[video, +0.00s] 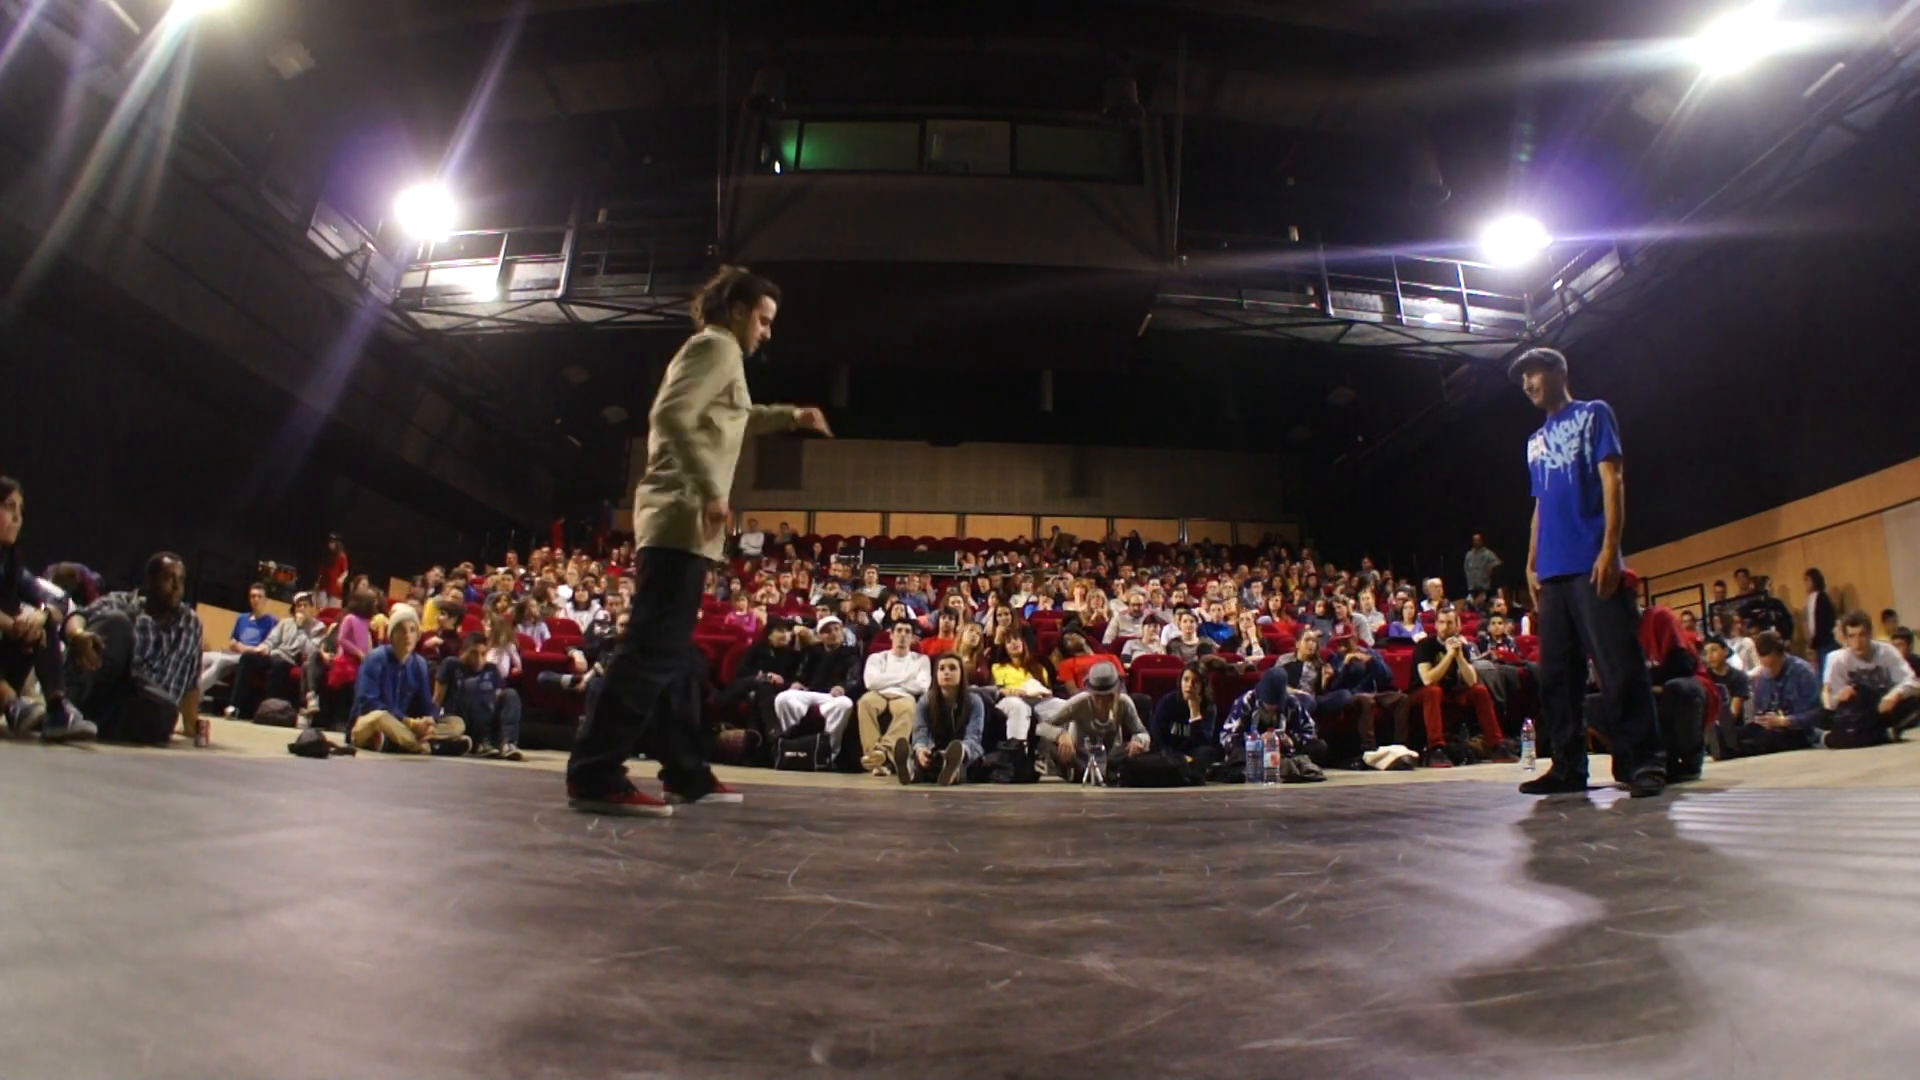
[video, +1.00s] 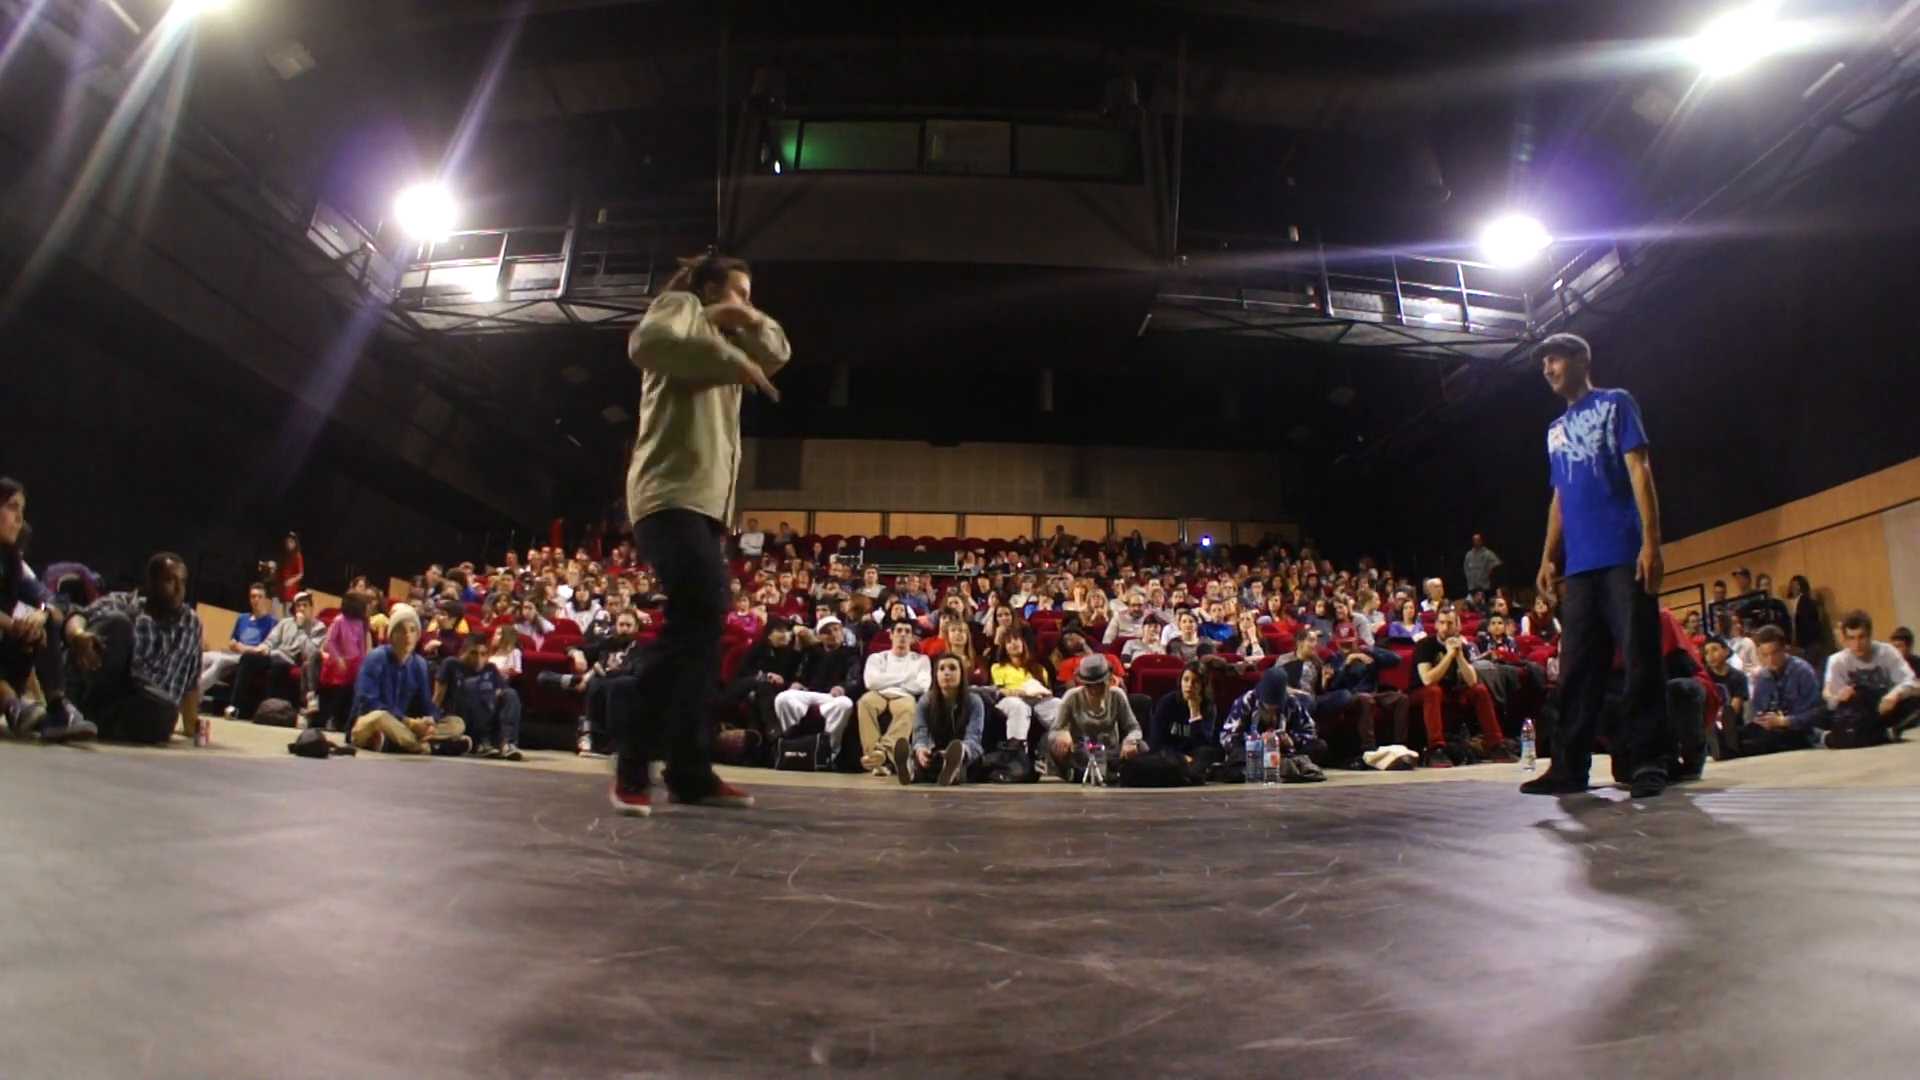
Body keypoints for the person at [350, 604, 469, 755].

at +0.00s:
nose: (407, 636)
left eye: (412, 631)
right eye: (401, 631)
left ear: (418, 635)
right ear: (391, 635)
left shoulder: (420, 664)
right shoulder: (375, 659)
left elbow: (426, 704)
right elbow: (367, 703)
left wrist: (430, 720)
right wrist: (407, 722)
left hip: (411, 724)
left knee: (457, 723)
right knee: (381, 718)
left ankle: (394, 743)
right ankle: (426, 748)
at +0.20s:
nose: (408, 636)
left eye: (412, 630)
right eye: (401, 631)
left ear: (418, 634)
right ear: (391, 635)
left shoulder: (420, 664)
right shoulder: (376, 658)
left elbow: (426, 704)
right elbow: (367, 703)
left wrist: (430, 720)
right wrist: (406, 722)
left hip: (412, 724)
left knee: (457, 724)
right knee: (380, 717)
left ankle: (394, 744)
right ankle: (426, 748)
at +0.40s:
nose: (408, 636)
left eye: (413, 630)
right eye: (402, 631)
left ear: (418, 635)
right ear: (391, 635)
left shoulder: (420, 664)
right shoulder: (375, 659)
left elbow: (426, 703)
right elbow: (367, 703)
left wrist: (430, 720)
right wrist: (406, 722)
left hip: (412, 724)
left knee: (457, 724)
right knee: (380, 717)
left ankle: (394, 744)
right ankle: (426, 748)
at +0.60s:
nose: (408, 636)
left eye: (413, 630)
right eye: (401, 631)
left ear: (418, 635)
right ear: (391, 635)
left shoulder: (420, 664)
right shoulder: (375, 659)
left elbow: (426, 704)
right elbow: (367, 703)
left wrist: (430, 720)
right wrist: (406, 722)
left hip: (411, 725)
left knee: (457, 723)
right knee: (380, 717)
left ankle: (395, 744)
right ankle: (426, 748)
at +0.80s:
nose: (408, 637)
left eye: (412, 631)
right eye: (401, 631)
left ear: (418, 635)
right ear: (391, 635)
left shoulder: (420, 664)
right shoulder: (376, 658)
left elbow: (426, 705)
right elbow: (367, 703)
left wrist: (430, 720)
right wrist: (407, 722)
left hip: (411, 726)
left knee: (457, 724)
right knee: (380, 718)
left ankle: (393, 744)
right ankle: (426, 748)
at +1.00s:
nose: (408, 637)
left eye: (413, 630)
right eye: (401, 631)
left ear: (418, 635)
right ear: (391, 635)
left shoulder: (419, 664)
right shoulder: (376, 658)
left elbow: (426, 704)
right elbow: (367, 703)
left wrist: (430, 720)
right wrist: (406, 722)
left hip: (411, 725)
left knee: (457, 723)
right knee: (381, 717)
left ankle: (394, 744)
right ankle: (426, 748)